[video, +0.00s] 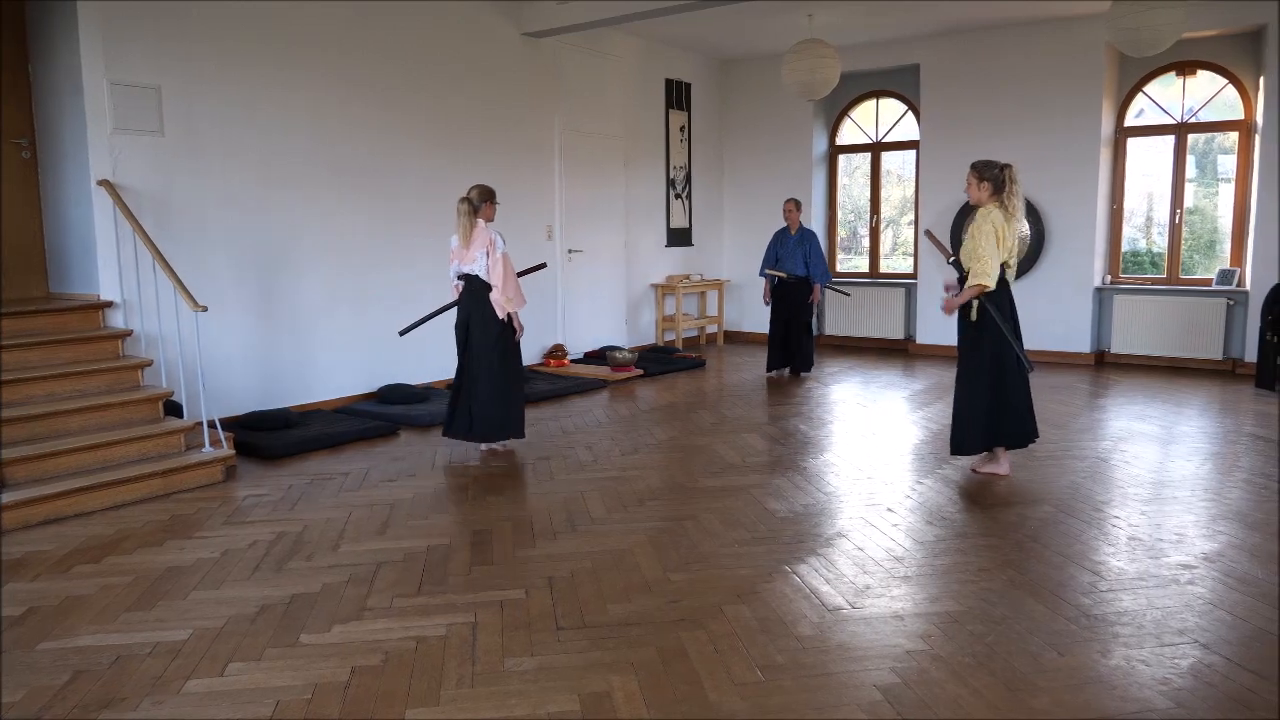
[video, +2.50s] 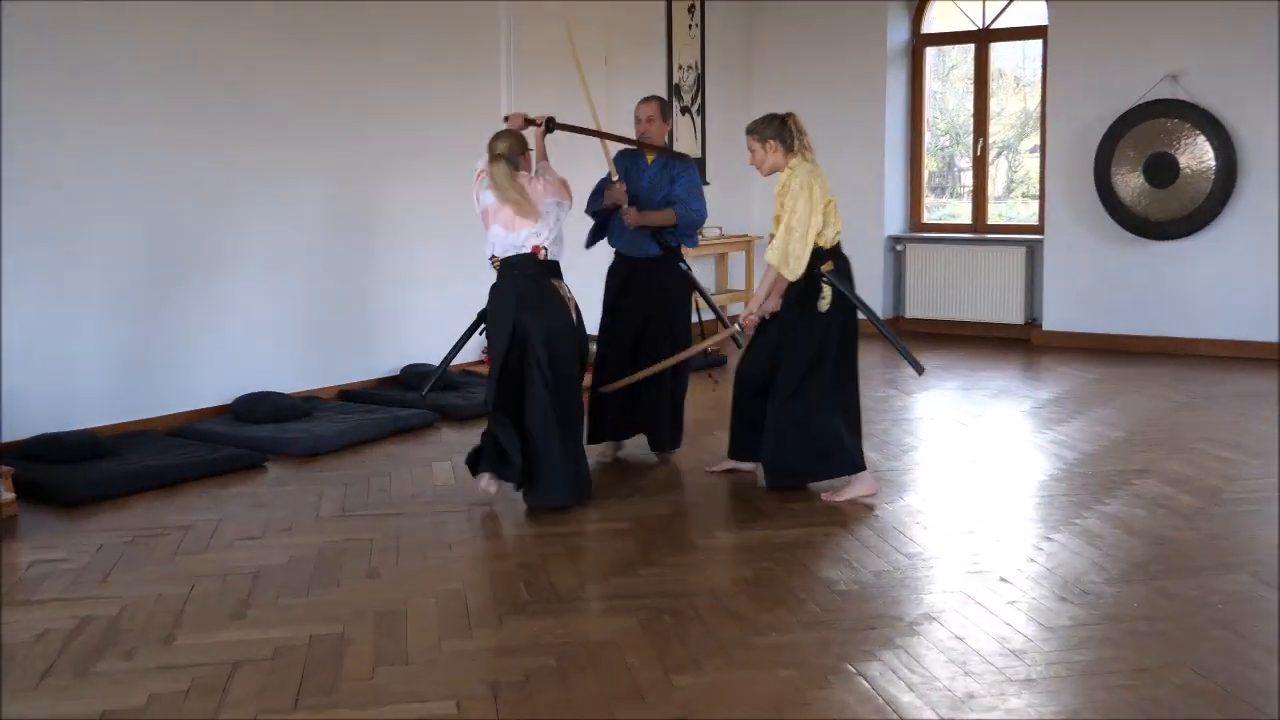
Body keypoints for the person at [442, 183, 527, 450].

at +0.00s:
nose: (496, 208)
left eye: (495, 204)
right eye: (494, 204)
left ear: (472, 206)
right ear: (486, 206)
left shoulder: (457, 239)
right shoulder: (491, 237)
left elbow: (456, 281)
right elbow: (499, 281)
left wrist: (467, 301)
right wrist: (513, 313)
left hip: (467, 308)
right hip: (489, 308)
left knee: (476, 369)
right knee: (494, 370)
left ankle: (484, 436)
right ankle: (492, 435)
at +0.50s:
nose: (531, 211)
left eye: (530, 207)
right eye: (528, 207)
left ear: (507, 209)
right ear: (519, 210)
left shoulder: (492, 239)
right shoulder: (526, 237)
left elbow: (486, 279)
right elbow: (540, 280)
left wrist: (498, 296)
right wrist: (538, 298)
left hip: (500, 299)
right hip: (522, 299)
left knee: (500, 360)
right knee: (534, 359)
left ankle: (492, 426)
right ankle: (542, 421)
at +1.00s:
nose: (565, 215)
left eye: (564, 211)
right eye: (560, 212)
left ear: (540, 218)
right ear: (546, 217)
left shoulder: (525, 242)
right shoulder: (556, 237)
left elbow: (505, 272)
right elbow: (595, 230)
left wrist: (517, 296)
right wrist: (623, 217)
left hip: (522, 311)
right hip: (540, 309)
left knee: (538, 371)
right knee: (577, 364)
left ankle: (541, 431)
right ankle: (559, 434)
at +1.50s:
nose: (595, 204)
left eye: (594, 198)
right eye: (591, 198)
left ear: (570, 202)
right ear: (575, 201)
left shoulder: (567, 228)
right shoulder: (578, 225)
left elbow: (613, 254)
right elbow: (618, 187)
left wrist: (622, 217)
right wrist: (618, 142)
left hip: (551, 307)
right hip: (568, 308)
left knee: (546, 373)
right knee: (603, 386)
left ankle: (519, 432)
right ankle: (590, 464)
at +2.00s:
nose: (575, 180)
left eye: (573, 174)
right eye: (573, 175)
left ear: (538, 178)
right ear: (565, 179)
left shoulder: (518, 217)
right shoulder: (577, 220)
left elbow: (512, 273)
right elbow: (595, 274)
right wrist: (602, 254)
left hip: (521, 309)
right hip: (562, 310)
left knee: (531, 400)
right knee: (570, 395)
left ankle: (540, 498)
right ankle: (576, 483)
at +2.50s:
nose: (529, 156)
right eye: (527, 152)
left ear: (493, 161)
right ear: (527, 156)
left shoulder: (485, 195)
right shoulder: (548, 188)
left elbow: (489, 163)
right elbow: (553, 178)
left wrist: (508, 130)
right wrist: (540, 146)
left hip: (506, 289)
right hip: (544, 287)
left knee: (511, 378)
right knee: (555, 380)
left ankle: (497, 463)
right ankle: (556, 480)